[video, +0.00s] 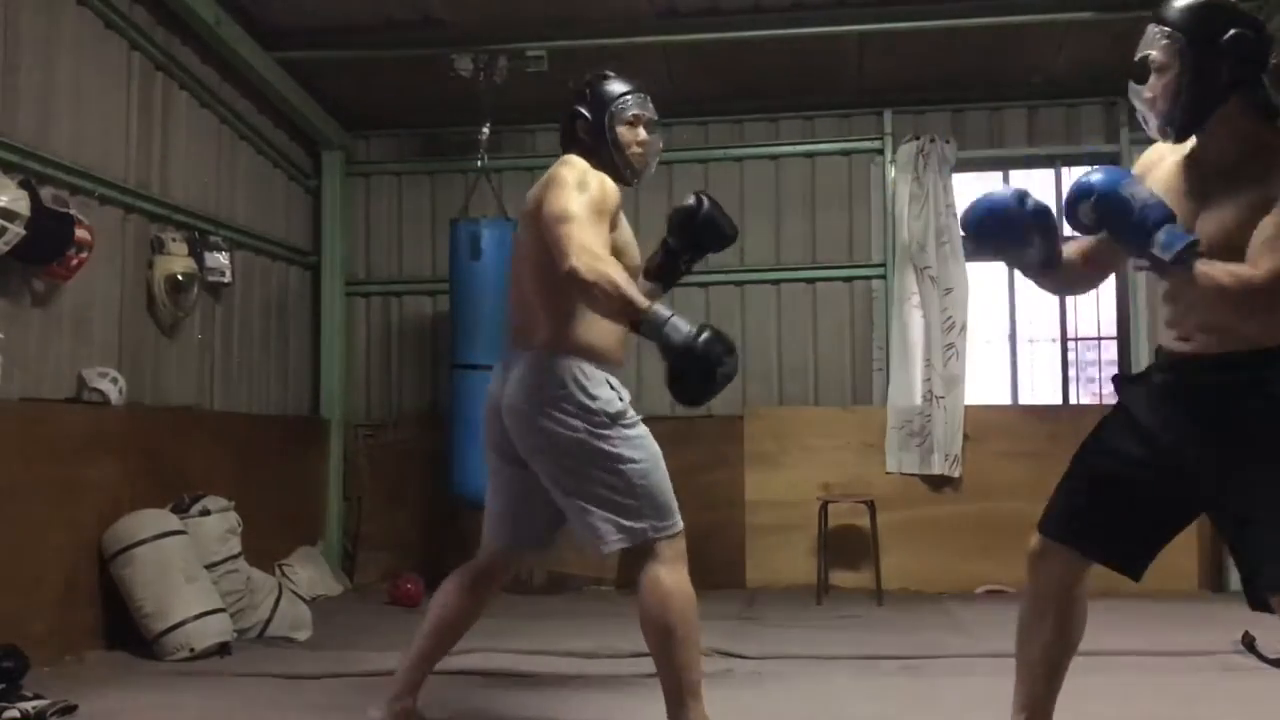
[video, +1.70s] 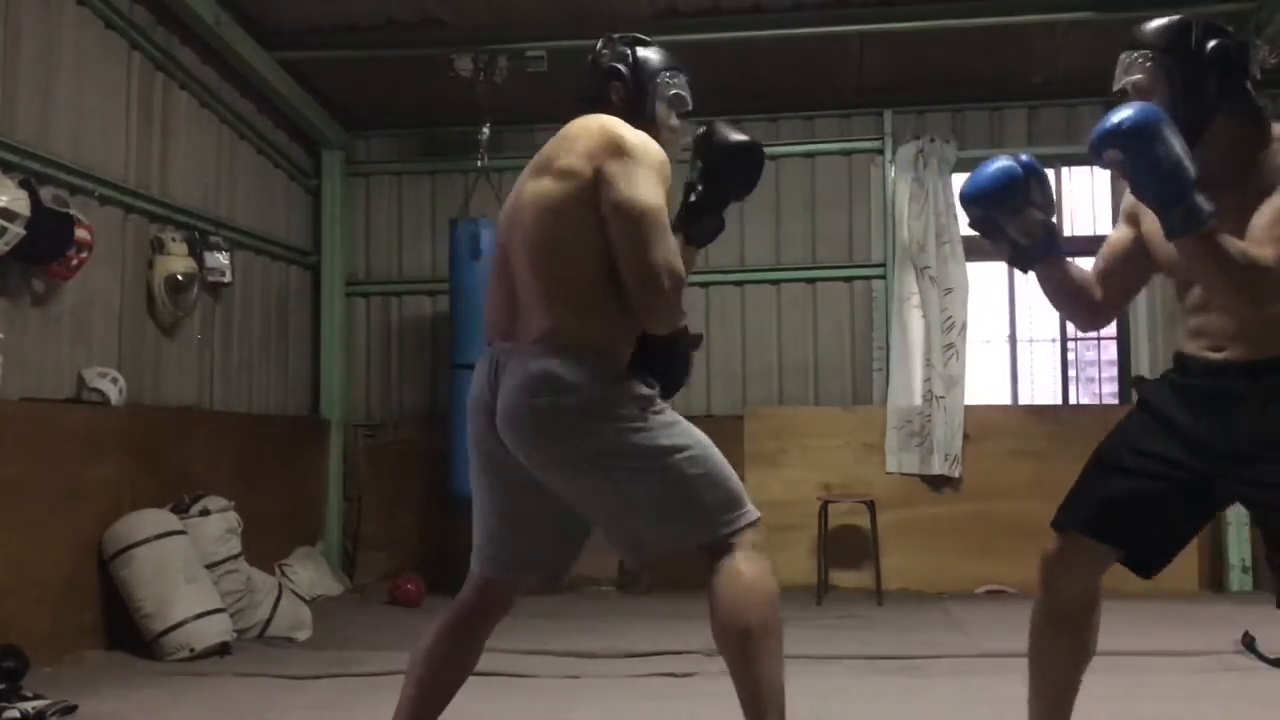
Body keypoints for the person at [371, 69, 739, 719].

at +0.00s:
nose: (647, 138)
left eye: (651, 127)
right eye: (634, 124)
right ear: (594, 127)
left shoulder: (590, 194)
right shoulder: (579, 179)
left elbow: (622, 297)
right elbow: (581, 264)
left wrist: (675, 256)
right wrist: (673, 331)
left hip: (523, 387)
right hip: (574, 390)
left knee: (493, 560)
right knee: (663, 547)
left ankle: (399, 699)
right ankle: (689, 711)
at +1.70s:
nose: (684, 122)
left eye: (685, 103)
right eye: (675, 101)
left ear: (608, 96)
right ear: (629, 93)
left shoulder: (557, 154)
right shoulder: (624, 144)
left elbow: (632, 283)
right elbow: (659, 292)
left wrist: (702, 215)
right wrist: (671, 335)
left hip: (500, 391)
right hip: (575, 392)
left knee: (487, 590)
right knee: (739, 538)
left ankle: (408, 715)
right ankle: (768, 714)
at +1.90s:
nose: (766, 101)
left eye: (761, 94)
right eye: (761, 93)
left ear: (672, 89)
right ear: (735, 89)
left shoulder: (598, 162)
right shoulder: (739, 118)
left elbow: (567, 272)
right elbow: (851, 159)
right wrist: (989, 179)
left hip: (568, 347)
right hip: (668, 350)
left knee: (493, 567)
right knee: (772, 579)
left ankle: (408, 713)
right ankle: (835, 718)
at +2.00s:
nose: (804, 109)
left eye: (802, 103)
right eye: (799, 98)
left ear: (709, 86)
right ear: (775, 87)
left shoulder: (621, 158)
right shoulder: (780, 108)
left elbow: (583, 293)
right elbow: (930, 142)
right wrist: (1055, 148)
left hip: (579, 346)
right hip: (675, 357)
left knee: (504, 575)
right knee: (786, 581)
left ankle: (413, 711)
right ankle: (841, 714)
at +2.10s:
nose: (804, 79)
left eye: (803, 69)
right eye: (800, 66)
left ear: (705, 61)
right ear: (773, 58)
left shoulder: (640, 137)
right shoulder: (781, 100)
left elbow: (651, 264)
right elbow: (895, 200)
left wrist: (771, 253)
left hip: (584, 346)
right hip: (682, 360)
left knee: (512, 576)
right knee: (791, 580)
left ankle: (418, 713)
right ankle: (842, 713)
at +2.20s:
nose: (784, 82)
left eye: (783, 65)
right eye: (778, 63)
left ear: (686, 57)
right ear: (748, 51)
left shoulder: (623, 126)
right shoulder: (763, 118)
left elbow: (608, 279)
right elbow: (811, 270)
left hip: (584, 359)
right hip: (687, 370)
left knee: (523, 591)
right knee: (802, 585)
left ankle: (443, 711)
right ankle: (846, 712)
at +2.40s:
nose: (723, 47)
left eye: (719, 28)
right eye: (712, 24)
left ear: (624, 25)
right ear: (668, 16)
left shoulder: (543, 109)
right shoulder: (684, 90)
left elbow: (548, 264)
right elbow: (726, 253)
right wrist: (784, 363)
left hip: (525, 373)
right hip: (637, 377)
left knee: (498, 613)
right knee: (765, 596)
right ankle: (842, 709)